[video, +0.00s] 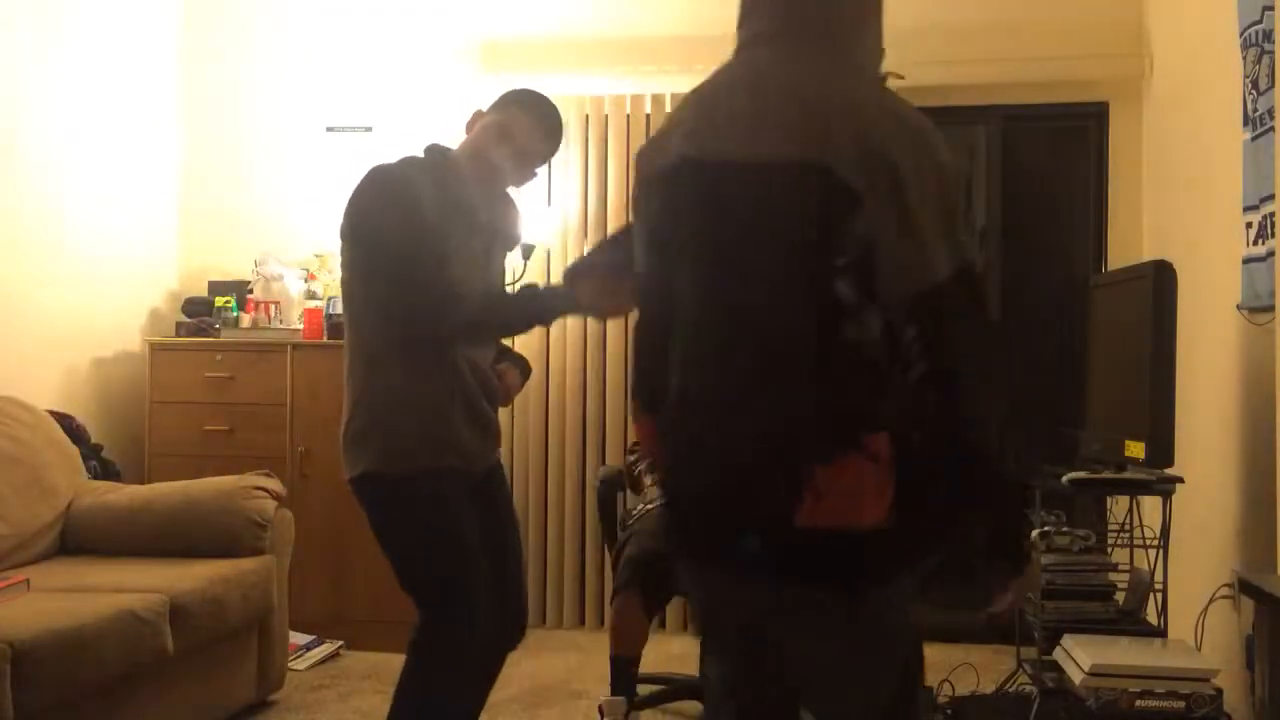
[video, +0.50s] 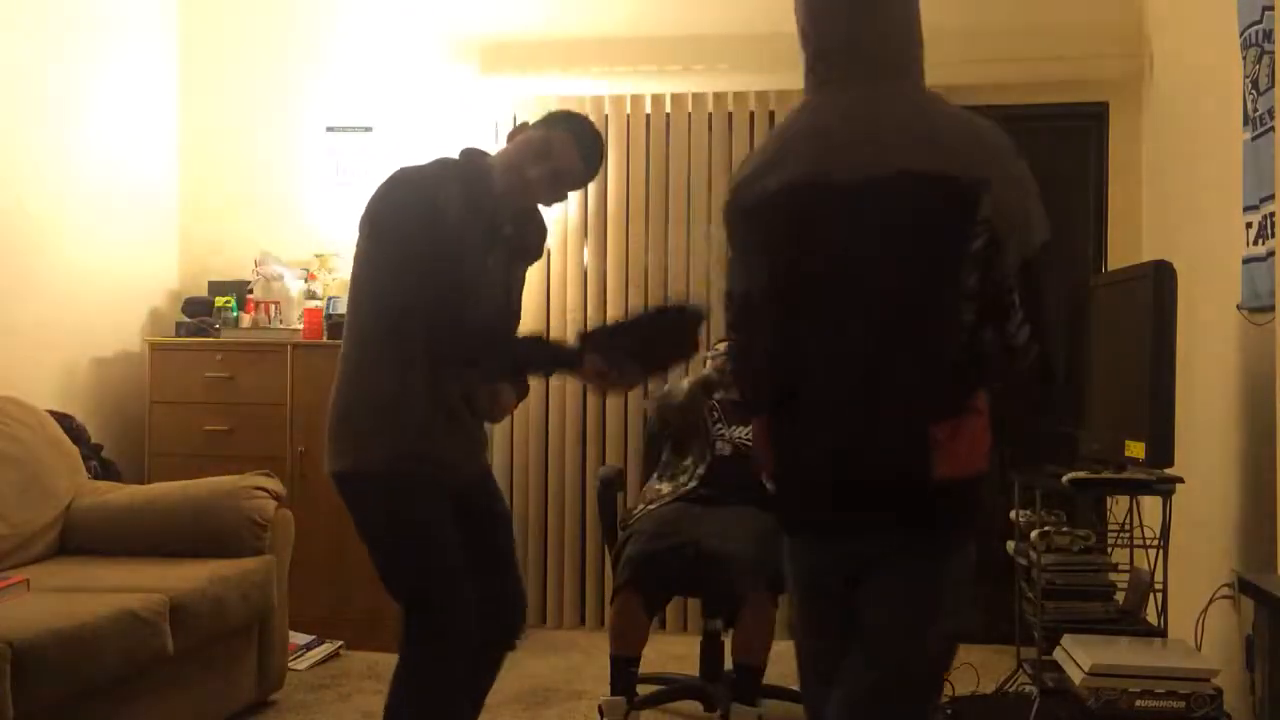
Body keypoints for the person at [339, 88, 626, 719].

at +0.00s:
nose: (512, 162)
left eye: (528, 162)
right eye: (507, 138)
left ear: (530, 172)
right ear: (476, 120)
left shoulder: (491, 221)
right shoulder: (396, 186)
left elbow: (474, 319)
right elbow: (434, 312)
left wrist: (508, 363)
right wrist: (566, 297)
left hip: (467, 445)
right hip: (401, 446)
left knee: (501, 619)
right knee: (460, 619)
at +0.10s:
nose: (517, 172)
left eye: (535, 169)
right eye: (517, 148)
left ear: (540, 180)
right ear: (488, 124)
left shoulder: (498, 228)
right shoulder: (398, 192)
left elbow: (481, 327)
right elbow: (413, 321)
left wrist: (504, 369)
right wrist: (559, 323)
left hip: (468, 451)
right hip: (399, 451)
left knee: (505, 621)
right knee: (459, 620)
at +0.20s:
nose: (533, 182)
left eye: (549, 179)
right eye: (532, 158)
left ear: (547, 189)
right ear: (501, 130)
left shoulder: (504, 238)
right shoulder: (403, 200)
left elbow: (493, 338)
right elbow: (424, 332)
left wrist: (514, 378)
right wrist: (562, 348)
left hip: (464, 457)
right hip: (392, 458)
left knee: (510, 620)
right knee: (464, 621)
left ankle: (446, 718)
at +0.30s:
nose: (534, 194)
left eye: (553, 194)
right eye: (538, 170)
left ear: (557, 204)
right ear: (513, 139)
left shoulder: (510, 248)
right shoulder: (413, 205)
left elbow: (499, 348)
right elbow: (444, 346)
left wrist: (507, 391)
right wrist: (559, 371)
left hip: (459, 461)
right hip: (389, 460)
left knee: (511, 619)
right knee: (463, 623)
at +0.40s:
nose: (545, 202)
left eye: (561, 199)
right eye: (547, 177)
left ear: (565, 207)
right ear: (519, 145)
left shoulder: (513, 250)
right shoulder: (422, 204)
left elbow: (491, 358)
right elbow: (449, 348)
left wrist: (500, 402)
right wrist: (562, 381)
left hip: (454, 457)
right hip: (387, 456)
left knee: (510, 617)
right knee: (458, 627)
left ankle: (447, 716)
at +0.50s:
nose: (545, 190)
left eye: (562, 188)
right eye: (548, 165)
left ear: (566, 194)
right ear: (522, 135)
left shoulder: (517, 238)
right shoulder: (419, 193)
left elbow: (498, 349)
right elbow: (441, 337)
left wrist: (506, 389)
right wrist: (563, 356)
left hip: (453, 448)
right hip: (382, 444)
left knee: (498, 612)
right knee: (444, 621)